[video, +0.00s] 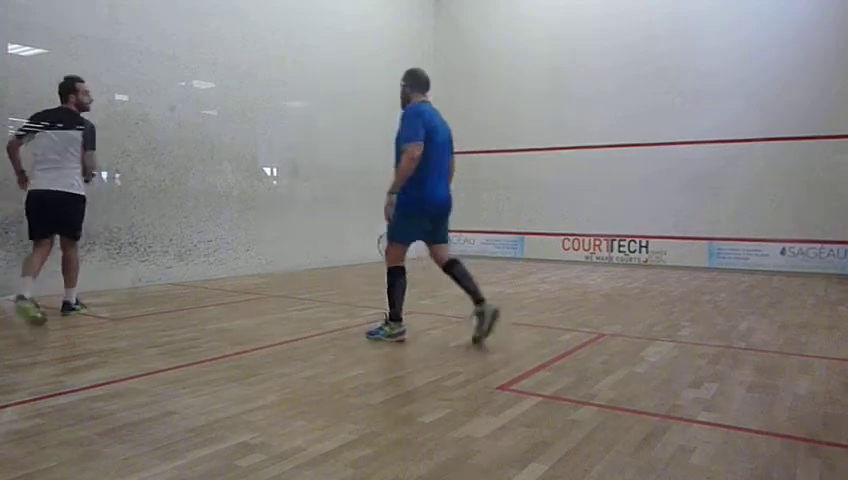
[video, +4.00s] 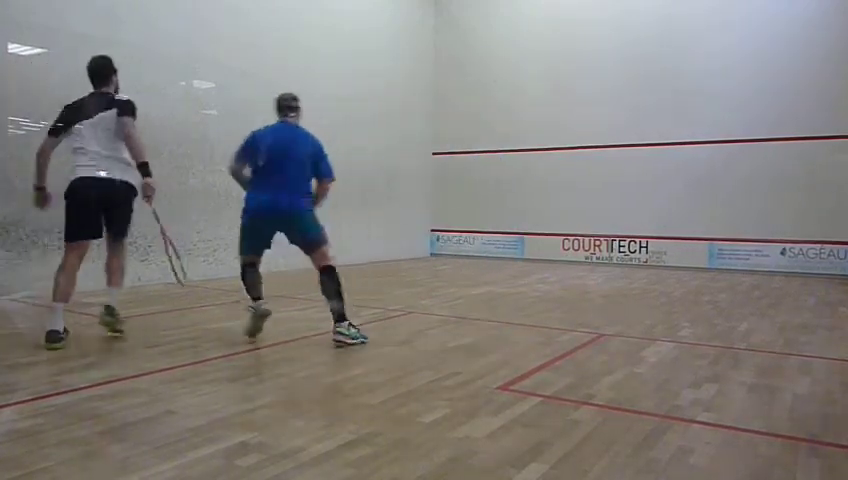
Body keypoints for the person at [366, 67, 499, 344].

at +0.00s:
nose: (400, 95)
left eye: (401, 90)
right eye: (401, 90)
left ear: (407, 90)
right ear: (425, 91)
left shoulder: (413, 114)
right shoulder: (439, 120)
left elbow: (412, 152)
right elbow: (449, 167)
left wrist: (392, 192)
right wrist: (439, 194)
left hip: (413, 199)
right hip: (440, 199)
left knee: (394, 255)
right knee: (441, 254)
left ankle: (394, 323)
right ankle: (482, 305)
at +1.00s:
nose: (522, 108)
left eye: (522, 101)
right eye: (520, 103)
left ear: (535, 93)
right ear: (537, 92)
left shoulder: (560, 109)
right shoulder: (561, 110)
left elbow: (571, 147)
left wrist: (536, 180)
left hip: (594, 201)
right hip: (577, 202)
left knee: (597, 264)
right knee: (564, 259)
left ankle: (611, 342)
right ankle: (579, 329)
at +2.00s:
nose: (526, 103)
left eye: (529, 95)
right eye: (525, 96)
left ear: (544, 92)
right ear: (545, 93)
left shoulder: (567, 113)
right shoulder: (555, 121)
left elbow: (551, 162)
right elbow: (549, 172)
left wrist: (518, 193)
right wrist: (514, 179)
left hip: (603, 202)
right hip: (580, 203)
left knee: (607, 265)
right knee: (560, 258)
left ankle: (621, 343)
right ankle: (570, 330)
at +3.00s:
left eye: (413, 107)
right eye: (424, 108)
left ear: (406, 112)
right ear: (428, 111)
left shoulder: (395, 140)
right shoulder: (445, 133)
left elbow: (368, 172)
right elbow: (482, 122)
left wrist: (368, 191)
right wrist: (477, 94)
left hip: (400, 212)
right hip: (438, 212)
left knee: (375, 260)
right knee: (459, 260)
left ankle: (350, 311)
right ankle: (484, 317)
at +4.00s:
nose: (294, 115)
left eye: (290, 109)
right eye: (295, 111)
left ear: (277, 112)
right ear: (298, 113)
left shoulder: (260, 136)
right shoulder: (310, 141)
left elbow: (235, 168)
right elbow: (325, 181)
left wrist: (253, 188)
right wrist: (313, 203)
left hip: (259, 208)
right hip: (296, 209)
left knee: (250, 262)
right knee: (323, 261)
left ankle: (257, 303)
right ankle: (341, 323)